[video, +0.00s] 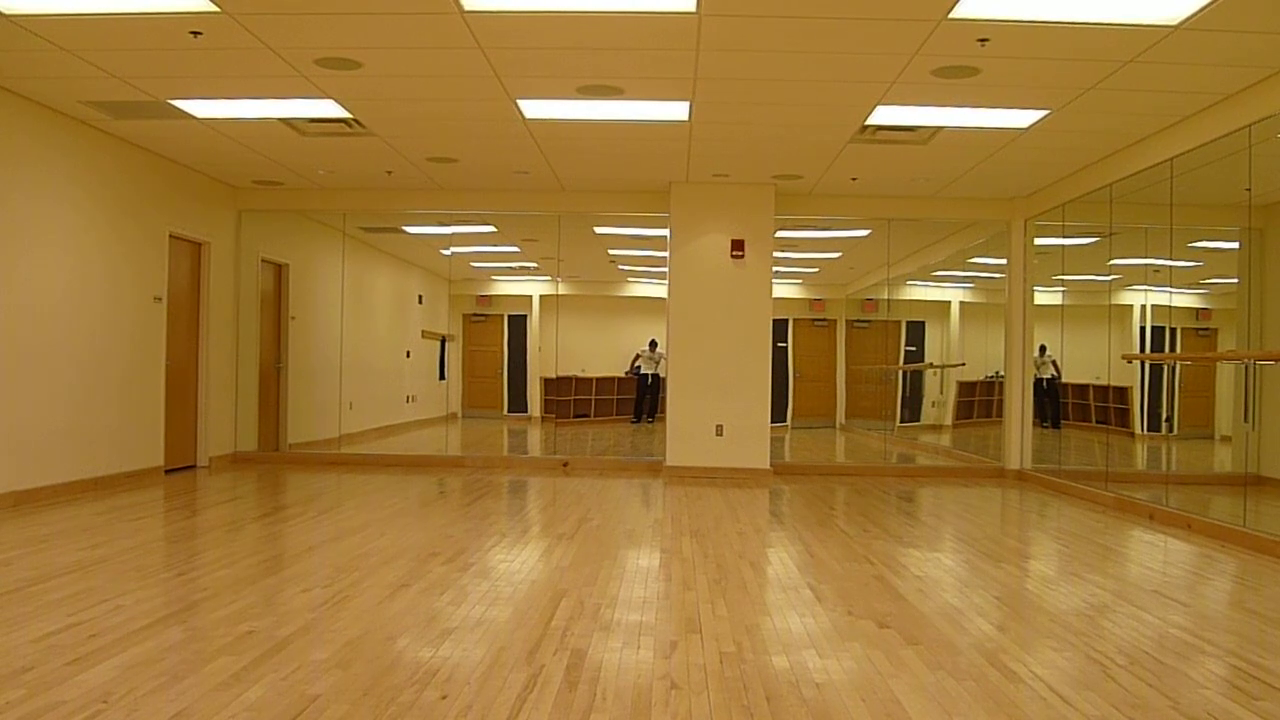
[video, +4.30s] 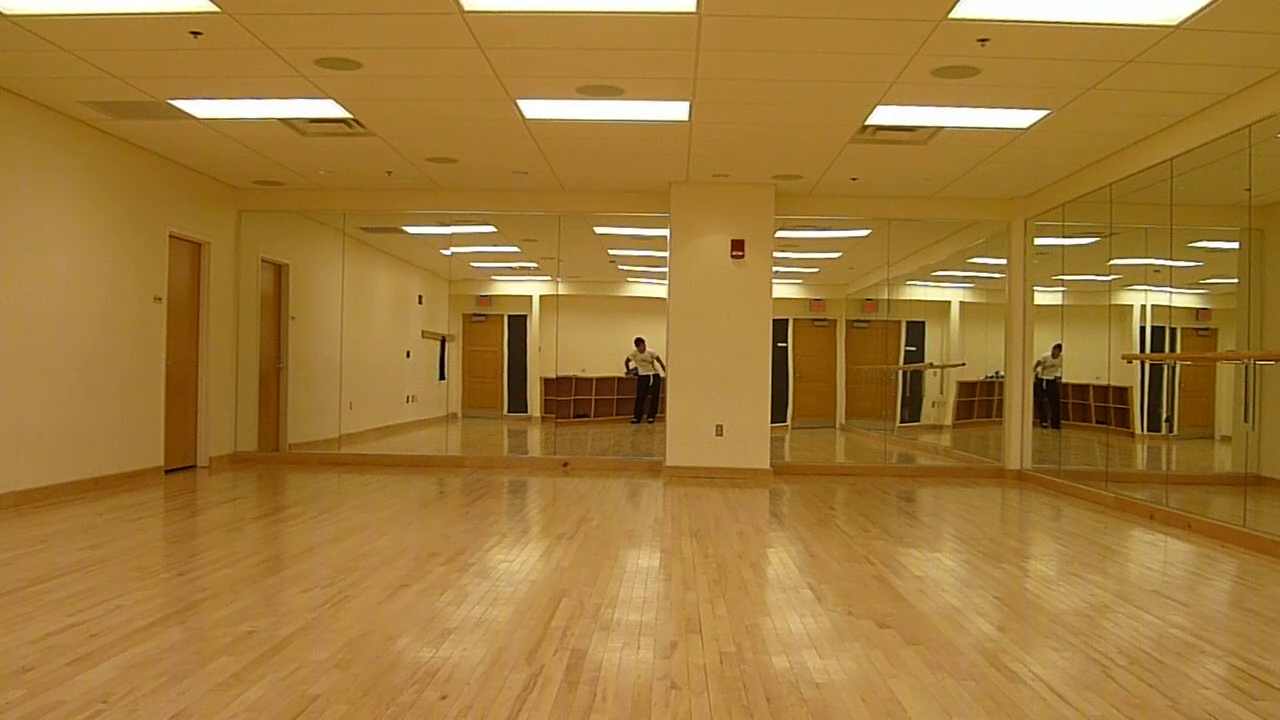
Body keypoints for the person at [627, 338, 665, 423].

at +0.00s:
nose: (652, 350)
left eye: (654, 349)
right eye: (651, 348)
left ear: (656, 348)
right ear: (648, 347)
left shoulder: (660, 354)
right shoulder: (642, 352)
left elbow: (668, 361)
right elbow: (634, 360)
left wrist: (668, 373)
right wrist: (631, 369)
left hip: (654, 373)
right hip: (643, 373)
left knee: (654, 396)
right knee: (640, 395)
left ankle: (651, 416)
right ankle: (637, 416)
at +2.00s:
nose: (652, 349)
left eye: (654, 347)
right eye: (650, 347)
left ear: (656, 347)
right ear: (648, 346)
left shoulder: (660, 354)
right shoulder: (642, 352)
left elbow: (668, 362)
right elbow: (634, 360)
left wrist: (668, 373)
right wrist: (630, 370)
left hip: (654, 374)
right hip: (643, 373)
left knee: (654, 396)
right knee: (640, 395)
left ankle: (651, 416)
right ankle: (637, 416)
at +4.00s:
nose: (649, 348)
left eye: (650, 346)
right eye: (647, 346)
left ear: (653, 346)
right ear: (644, 346)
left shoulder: (656, 353)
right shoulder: (639, 353)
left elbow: (664, 360)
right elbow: (630, 361)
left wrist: (668, 366)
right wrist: (630, 370)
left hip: (654, 374)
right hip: (643, 374)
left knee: (654, 396)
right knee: (640, 396)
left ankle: (651, 416)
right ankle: (637, 416)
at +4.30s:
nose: (641, 348)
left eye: (642, 345)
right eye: (639, 346)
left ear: (644, 345)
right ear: (636, 347)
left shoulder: (650, 353)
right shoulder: (634, 354)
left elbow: (659, 361)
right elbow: (627, 361)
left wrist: (665, 371)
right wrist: (628, 370)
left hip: (654, 374)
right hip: (642, 374)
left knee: (654, 396)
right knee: (640, 396)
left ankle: (651, 416)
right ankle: (637, 416)